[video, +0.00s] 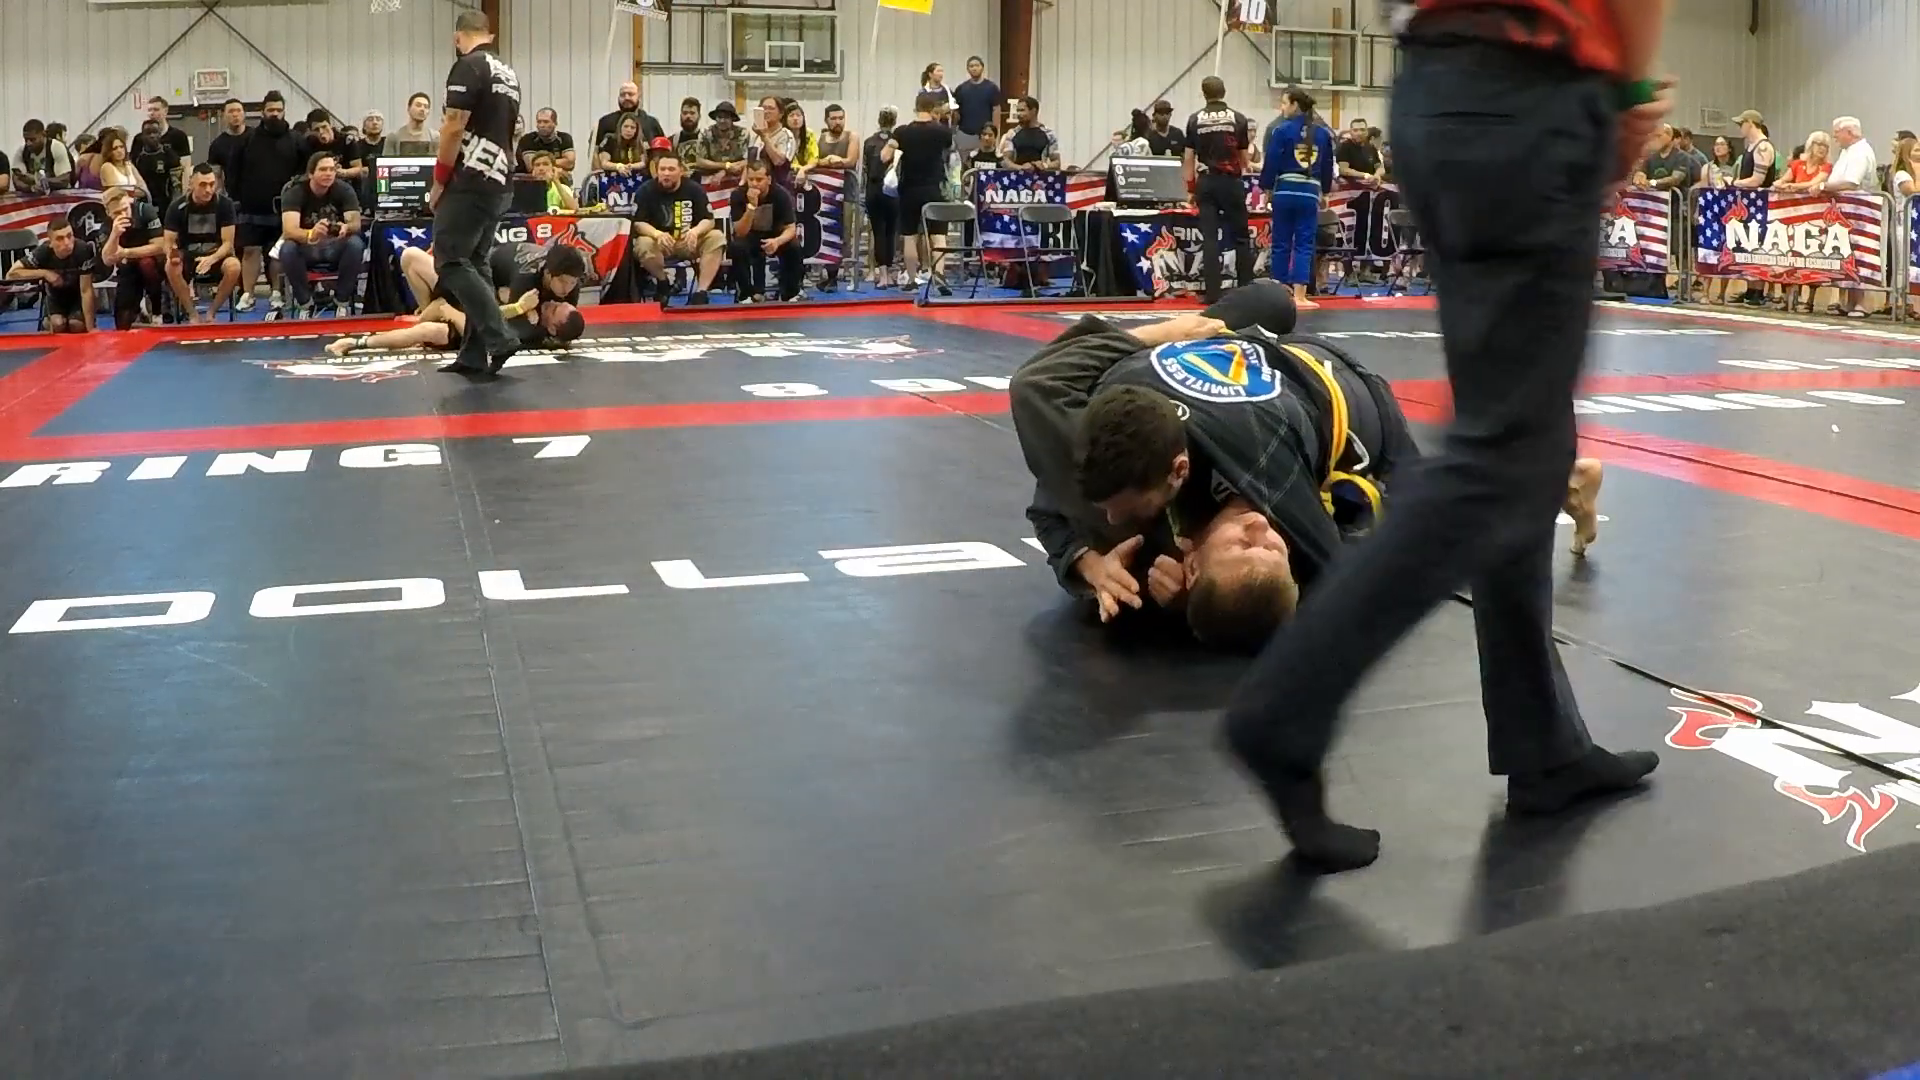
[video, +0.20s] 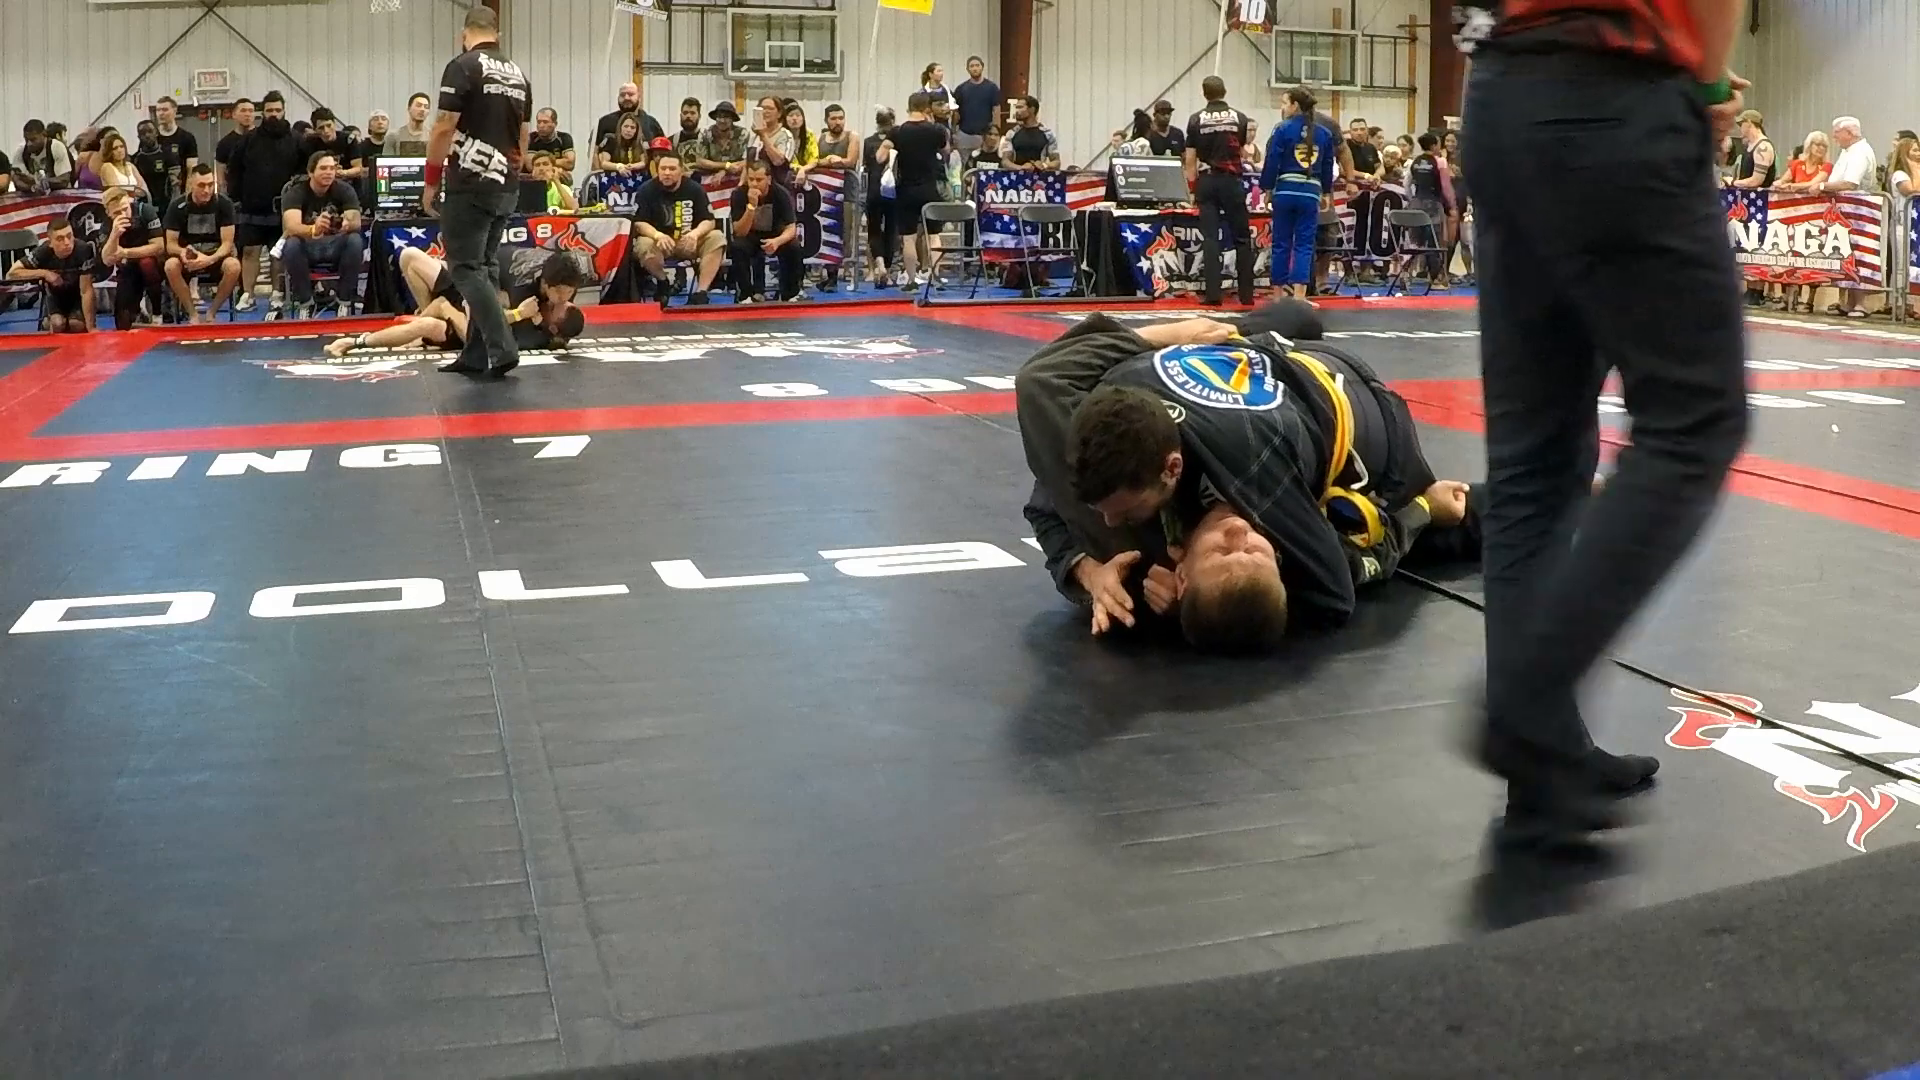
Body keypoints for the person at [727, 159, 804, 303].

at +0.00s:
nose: (755, 184)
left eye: (759, 180)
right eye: (751, 179)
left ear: (768, 180)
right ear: (746, 178)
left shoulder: (781, 195)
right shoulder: (739, 195)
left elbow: (791, 228)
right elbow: (740, 232)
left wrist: (778, 241)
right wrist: (751, 207)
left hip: (776, 236)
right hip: (751, 237)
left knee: (793, 248)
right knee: (737, 247)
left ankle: (789, 295)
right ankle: (746, 295)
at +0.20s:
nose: (755, 184)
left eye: (759, 180)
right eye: (751, 179)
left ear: (768, 179)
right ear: (747, 178)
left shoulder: (781, 194)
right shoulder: (739, 194)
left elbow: (791, 229)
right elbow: (739, 232)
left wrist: (777, 241)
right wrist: (751, 207)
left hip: (776, 236)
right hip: (751, 236)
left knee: (793, 248)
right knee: (738, 247)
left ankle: (789, 295)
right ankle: (745, 295)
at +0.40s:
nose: (755, 183)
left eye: (759, 179)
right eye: (751, 179)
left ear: (768, 179)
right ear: (746, 178)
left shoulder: (781, 194)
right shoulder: (739, 194)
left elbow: (791, 228)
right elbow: (739, 232)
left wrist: (777, 241)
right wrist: (751, 207)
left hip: (776, 236)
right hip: (751, 236)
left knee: (793, 248)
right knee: (738, 247)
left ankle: (789, 295)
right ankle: (746, 295)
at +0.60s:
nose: (755, 184)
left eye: (759, 180)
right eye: (751, 180)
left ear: (769, 180)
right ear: (746, 179)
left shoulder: (780, 194)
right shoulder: (739, 194)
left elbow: (791, 229)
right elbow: (739, 232)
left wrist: (777, 241)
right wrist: (751, 206)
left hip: (776, 236)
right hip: (751, 236)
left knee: (793, 248)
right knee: (738, 247)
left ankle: (789, 295)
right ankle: (745, 295)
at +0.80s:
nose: (755, 184)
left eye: (759, 180)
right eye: (751, 180)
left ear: (769, 180)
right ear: (747, 179)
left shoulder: (781, 194)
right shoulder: (740, 194)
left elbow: (791, 229)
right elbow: (739, 232)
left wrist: (777, 242)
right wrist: (751, 206)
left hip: (776, 235)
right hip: (751, 235)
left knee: (793, 248)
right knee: (738, 247)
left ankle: (789, 295)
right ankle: (749, 295)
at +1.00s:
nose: (755, 184)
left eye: (759, 180)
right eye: (751, 180)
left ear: (768, 180)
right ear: (747, 179)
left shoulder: (780, 194)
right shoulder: (739, 194)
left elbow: (791, 229)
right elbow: (739, 232)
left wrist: (777, 242)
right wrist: (751, 207)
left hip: (776, 236)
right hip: (751, 236)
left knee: (794, 248)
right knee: (739, 248)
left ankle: (790, 295)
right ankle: (748, 295)